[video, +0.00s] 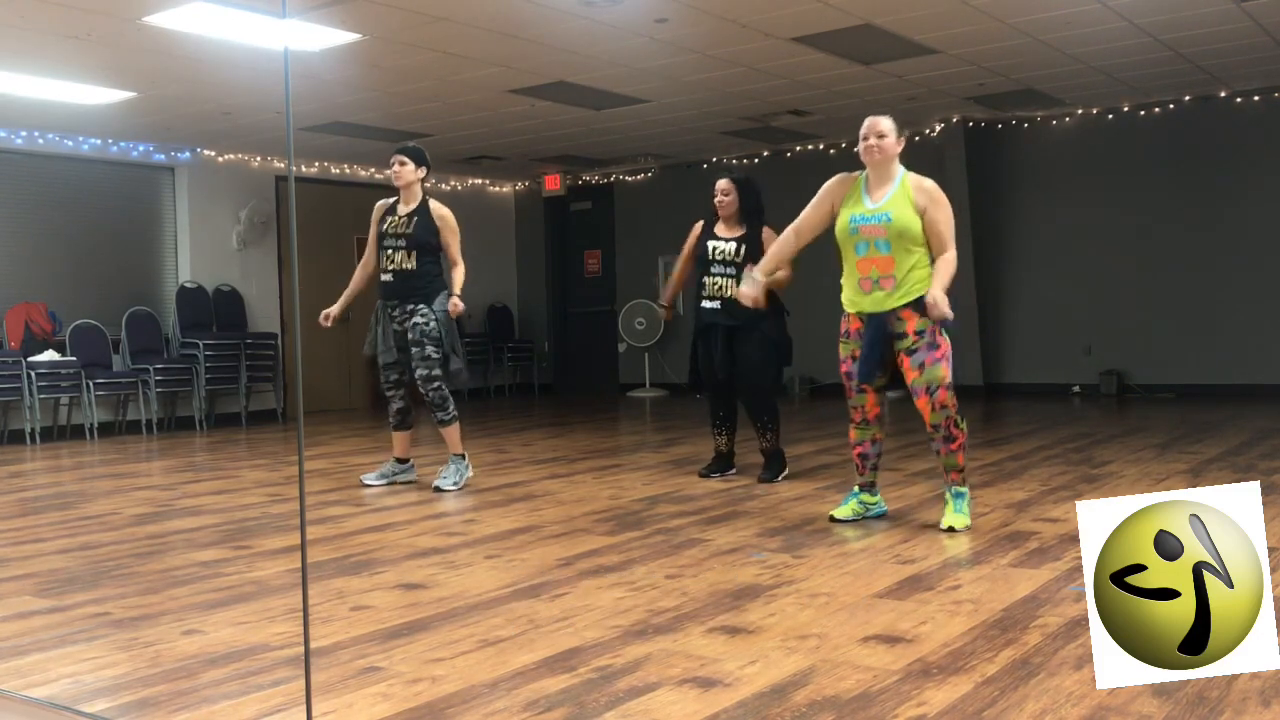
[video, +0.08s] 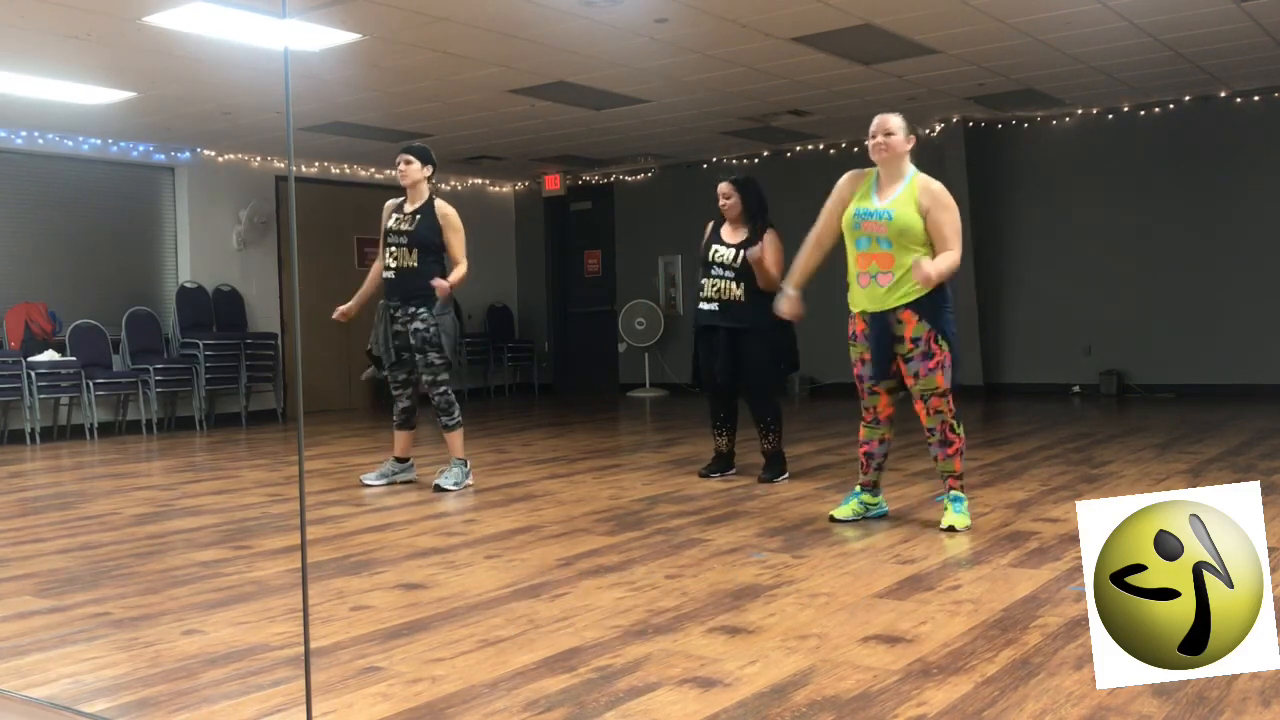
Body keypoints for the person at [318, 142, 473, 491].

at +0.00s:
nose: (393, 170)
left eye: (401, 164)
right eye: (392, 165)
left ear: (421, 171)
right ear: (393, 173)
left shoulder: (439, 213)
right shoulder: (383, 210)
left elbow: (456, 263)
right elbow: (368, 264)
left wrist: (455, 294)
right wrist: (339, 305)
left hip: (425, 309)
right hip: (388, 311)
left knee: (430, 382)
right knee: (394, 387)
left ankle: (458, 461)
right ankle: (402, 463)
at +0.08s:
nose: (399, 169)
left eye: (407, 163)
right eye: (398, 164)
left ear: (427, 170)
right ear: (399, 173)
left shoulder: (443, 211)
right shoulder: (391, 208)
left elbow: (461, 264)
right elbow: (382, 262)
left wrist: (449, 282)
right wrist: (353, 305)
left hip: (429, 311)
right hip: (393, 312)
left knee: (439, 388)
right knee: (400, 389)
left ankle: (459, 465)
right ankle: (401, 462)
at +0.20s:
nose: (405, 168)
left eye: (412, 163)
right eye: (403, 164)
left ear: (433, 169)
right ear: (404, 173)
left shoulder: (447, 208)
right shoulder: (401, 207)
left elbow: (461, 264)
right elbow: (395, 262)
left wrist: (441, 272)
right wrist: (372, 301)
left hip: (436, 310)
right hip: (400, 308)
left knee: (441, 385)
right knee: (390, 381)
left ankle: (459, 465)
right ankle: (398, 461)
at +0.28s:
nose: (408, 172)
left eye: (415, 167)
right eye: (407, 168)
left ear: (437, 171)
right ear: (408, 176)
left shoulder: (453, 209)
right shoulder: (410, 209)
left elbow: (459, 265)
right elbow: (405, 262)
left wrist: (430, 260)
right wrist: (385, 300)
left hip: (443, 311)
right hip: (408, 310)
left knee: (437, 384)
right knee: (375, 372)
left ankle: (460, 464)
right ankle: (389, 450)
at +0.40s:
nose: (412, 176)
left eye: (418, 170)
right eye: (409, 172)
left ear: (439, 172)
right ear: (411, 178)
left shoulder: (457, 212)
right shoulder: (416, 213)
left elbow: (458, 269)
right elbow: (412, 267)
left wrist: (426, 253)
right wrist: (394, 302)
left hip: (445, 312)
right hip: (412, 311)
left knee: (440, 385)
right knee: (377, 371)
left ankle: (459, 465)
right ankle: (387, 451)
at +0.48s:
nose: (411, 175)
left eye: (417, 168)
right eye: (409, 169)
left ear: (439, 168)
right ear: (413, 173)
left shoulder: (458, 209)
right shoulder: (418, 209)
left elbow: (459, 268)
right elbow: (417, 266)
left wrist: (429, 255)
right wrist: (400, 301)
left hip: (442, 311)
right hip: (410, 309)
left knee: (444, 386)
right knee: (394, 380)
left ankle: (460, 465)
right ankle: (394, 460)